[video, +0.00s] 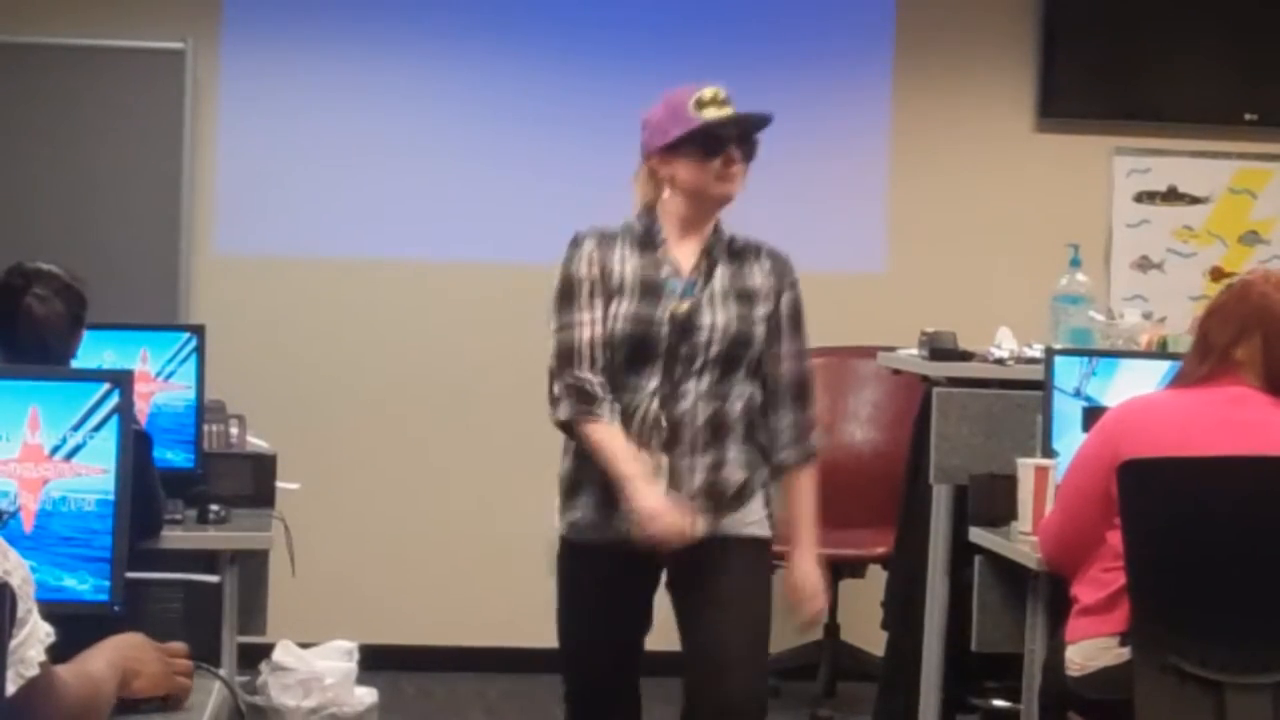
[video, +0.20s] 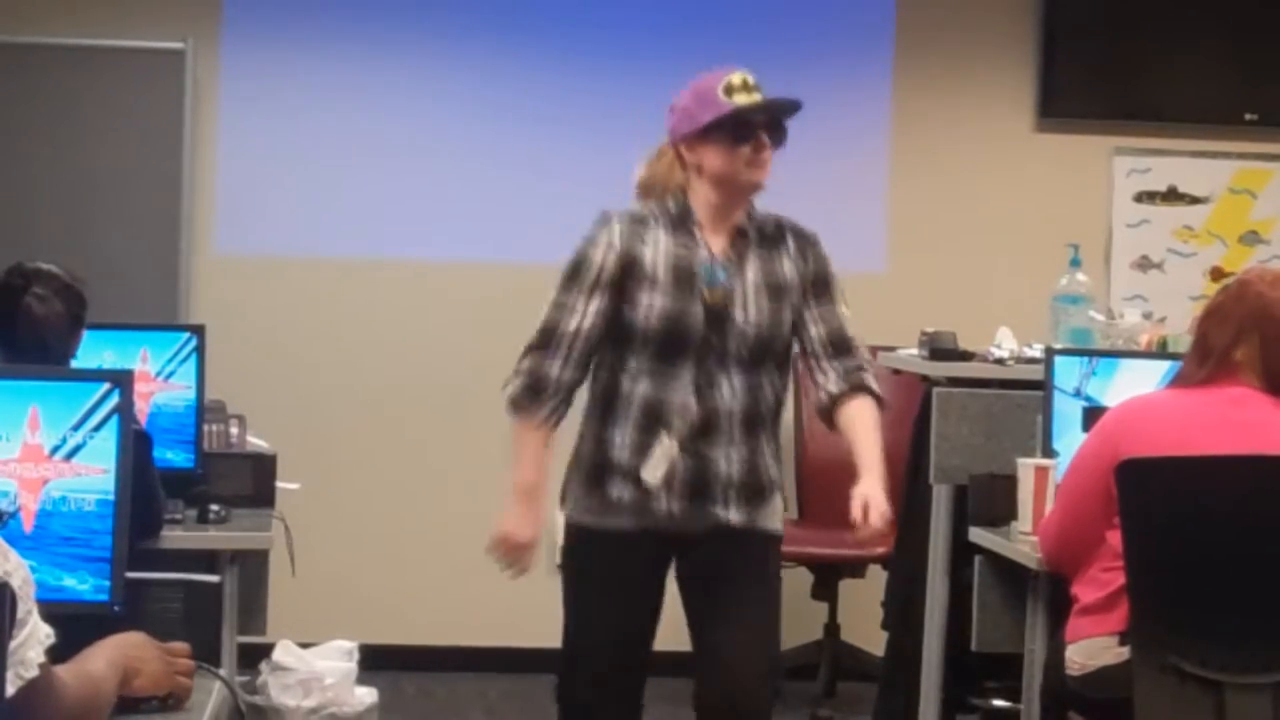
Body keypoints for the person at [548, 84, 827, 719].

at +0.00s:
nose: (734, 160)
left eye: (741, 147)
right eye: (711, 147)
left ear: (747, 159)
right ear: (663, 164)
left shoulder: (767, 273)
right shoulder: (596, 256)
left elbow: (791, 422)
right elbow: (577, 394)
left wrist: (804, 551)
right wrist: (642, 488)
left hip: (726, 528)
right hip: (608, 525)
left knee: (732, 703)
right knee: (599, 706)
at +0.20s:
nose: (761, 147)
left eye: (768, 133)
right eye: (739, 134)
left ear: (776, 145)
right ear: (689, 149)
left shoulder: (794, 253)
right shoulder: (623, 240)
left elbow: (844, 371)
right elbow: (546, 376)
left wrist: (871, 474)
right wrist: (525, 502)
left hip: (738, 516)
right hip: (619, 509)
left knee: (743, 701)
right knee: (598, 701)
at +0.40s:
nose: (730, 173)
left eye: (747, 156)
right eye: (709, 158)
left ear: (774, 172)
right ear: (685, 175)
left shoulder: (805, 284)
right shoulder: (631, 272)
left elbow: (822, 404)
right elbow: (570, 392)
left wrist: (810, 514)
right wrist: (523, 504)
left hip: (748, 527)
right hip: (630, 520)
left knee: (753, 706)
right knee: (597, 700)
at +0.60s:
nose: (682, 129)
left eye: (705, 115)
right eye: (671, 115)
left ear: (750, 135)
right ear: (659, 129)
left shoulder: (789, 232)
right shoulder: (619, 231)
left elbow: (746, 359)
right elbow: (588, 368)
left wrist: (624, 438)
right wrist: (605, 459)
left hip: (752, 511)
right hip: (636, 504)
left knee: (739, 706)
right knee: (623, 697)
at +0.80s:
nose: (633, 170)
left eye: (658, 158)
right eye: (629, 156)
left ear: (708, 176)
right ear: (619, 169)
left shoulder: (760, 278)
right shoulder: (598, 289)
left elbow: (720, 406)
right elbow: (590, 420)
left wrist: (583, 468)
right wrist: (582, 525)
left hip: (737, 553)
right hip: (620, 545)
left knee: (735, 710)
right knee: (601, 703)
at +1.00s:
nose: (602, 114)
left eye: (625, 97)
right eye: (599, 98)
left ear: (680, 113)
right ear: (595, 109)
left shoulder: (749, 203)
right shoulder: (570, 225)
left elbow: (769, 354)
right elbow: (540, 373)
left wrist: (732, 478)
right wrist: (528, 502)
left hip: (727, 518)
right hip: (607, 514)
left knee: (722, 707)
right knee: (602, 703)